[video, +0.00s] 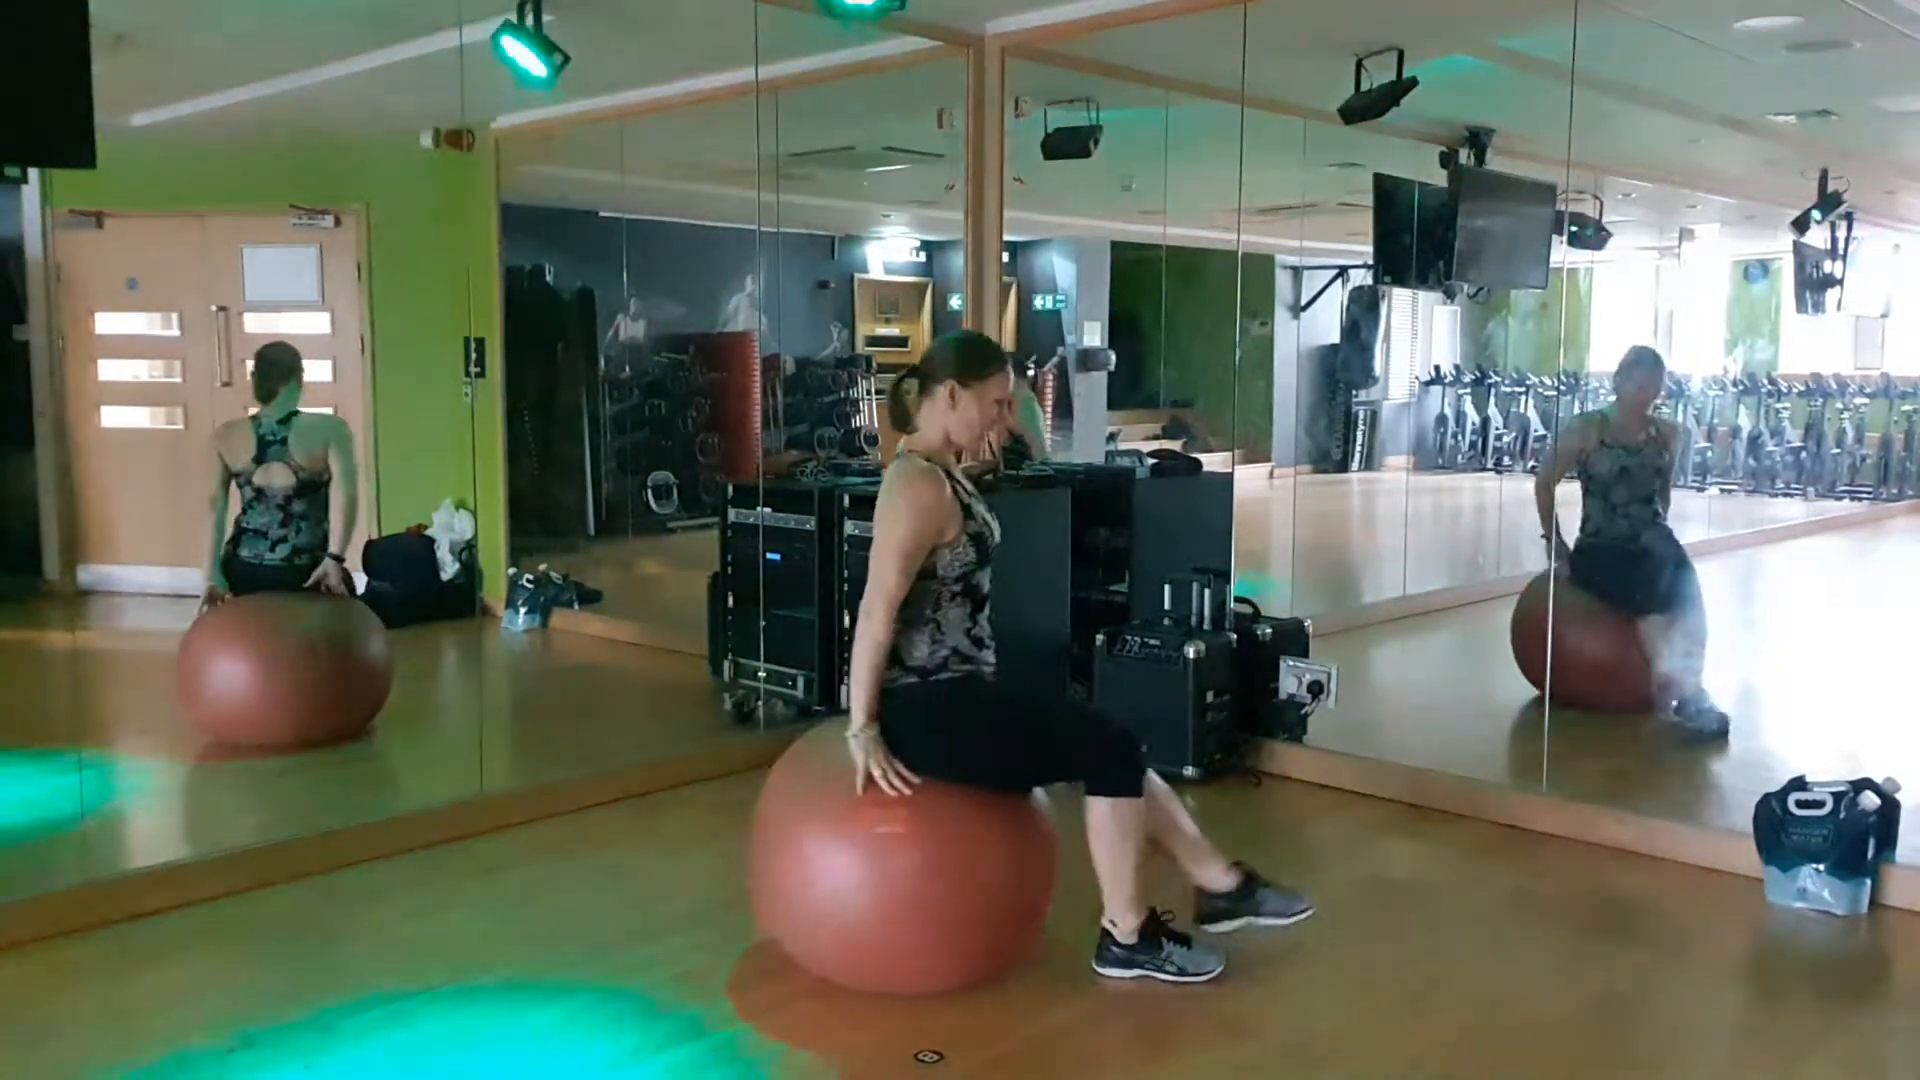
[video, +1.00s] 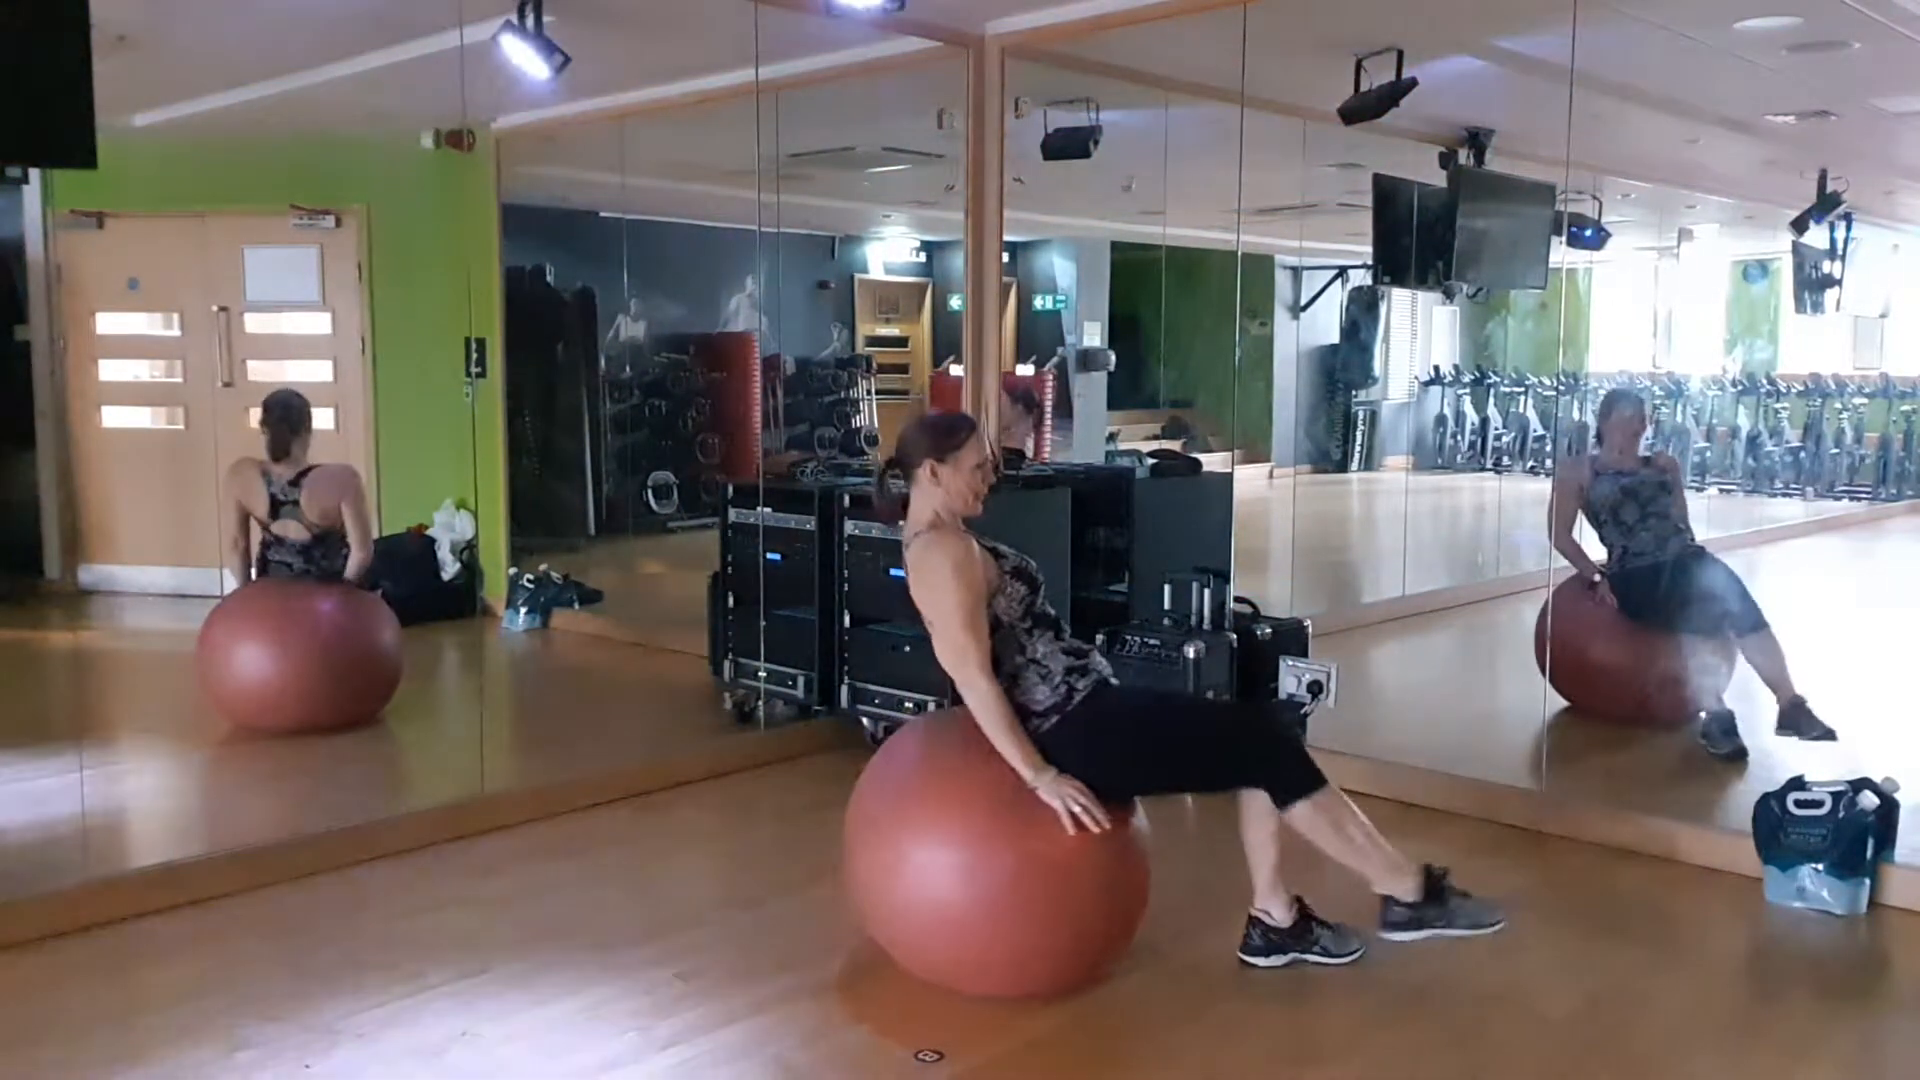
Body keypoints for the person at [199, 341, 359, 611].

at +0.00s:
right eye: (299, 376)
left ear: (256, 383)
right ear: (298, 379)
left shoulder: (228, 435)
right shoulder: (330, 429)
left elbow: (217, 507)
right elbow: (345, 494)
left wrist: (213, 573)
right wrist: (335, 556)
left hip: (244, 569)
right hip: (306, 568)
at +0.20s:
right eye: (304, 381)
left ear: (259, 386)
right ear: (303, 386)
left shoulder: (231, 437)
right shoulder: (332, 437)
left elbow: (218, 507)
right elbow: (344, 506)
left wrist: (218, 572)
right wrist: (338, 564)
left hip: (250, 568)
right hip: (312, 567)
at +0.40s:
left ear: (263, 393)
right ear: (307, 395)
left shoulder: (235, 446)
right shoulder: (334, 445)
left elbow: (222, 516)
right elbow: (347, 515)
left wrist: (229, 579)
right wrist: (343, 571)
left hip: (257, 575)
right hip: (315, 574)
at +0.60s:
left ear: (261, 406)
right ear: (306, 405)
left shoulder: (236, 456)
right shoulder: (336, 457)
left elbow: (229, 534)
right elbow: (355, 534)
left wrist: (242, 593)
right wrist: (344, 584)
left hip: (263, 588)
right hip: (321, 588)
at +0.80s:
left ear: (260, 419)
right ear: (306, 415)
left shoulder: (240, 468)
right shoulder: (339, 468)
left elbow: (234, 540)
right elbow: (360, 544)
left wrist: (240, 597)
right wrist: (337, 591)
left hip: (267, 596)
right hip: (324, 595)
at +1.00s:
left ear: (263, 428)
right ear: (308, 428)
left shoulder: (242, 475)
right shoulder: (341, 478)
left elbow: (237, 545)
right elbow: (362, 552)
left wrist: (247, 595)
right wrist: (340, 595)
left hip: (269, 601)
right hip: (326, 600)